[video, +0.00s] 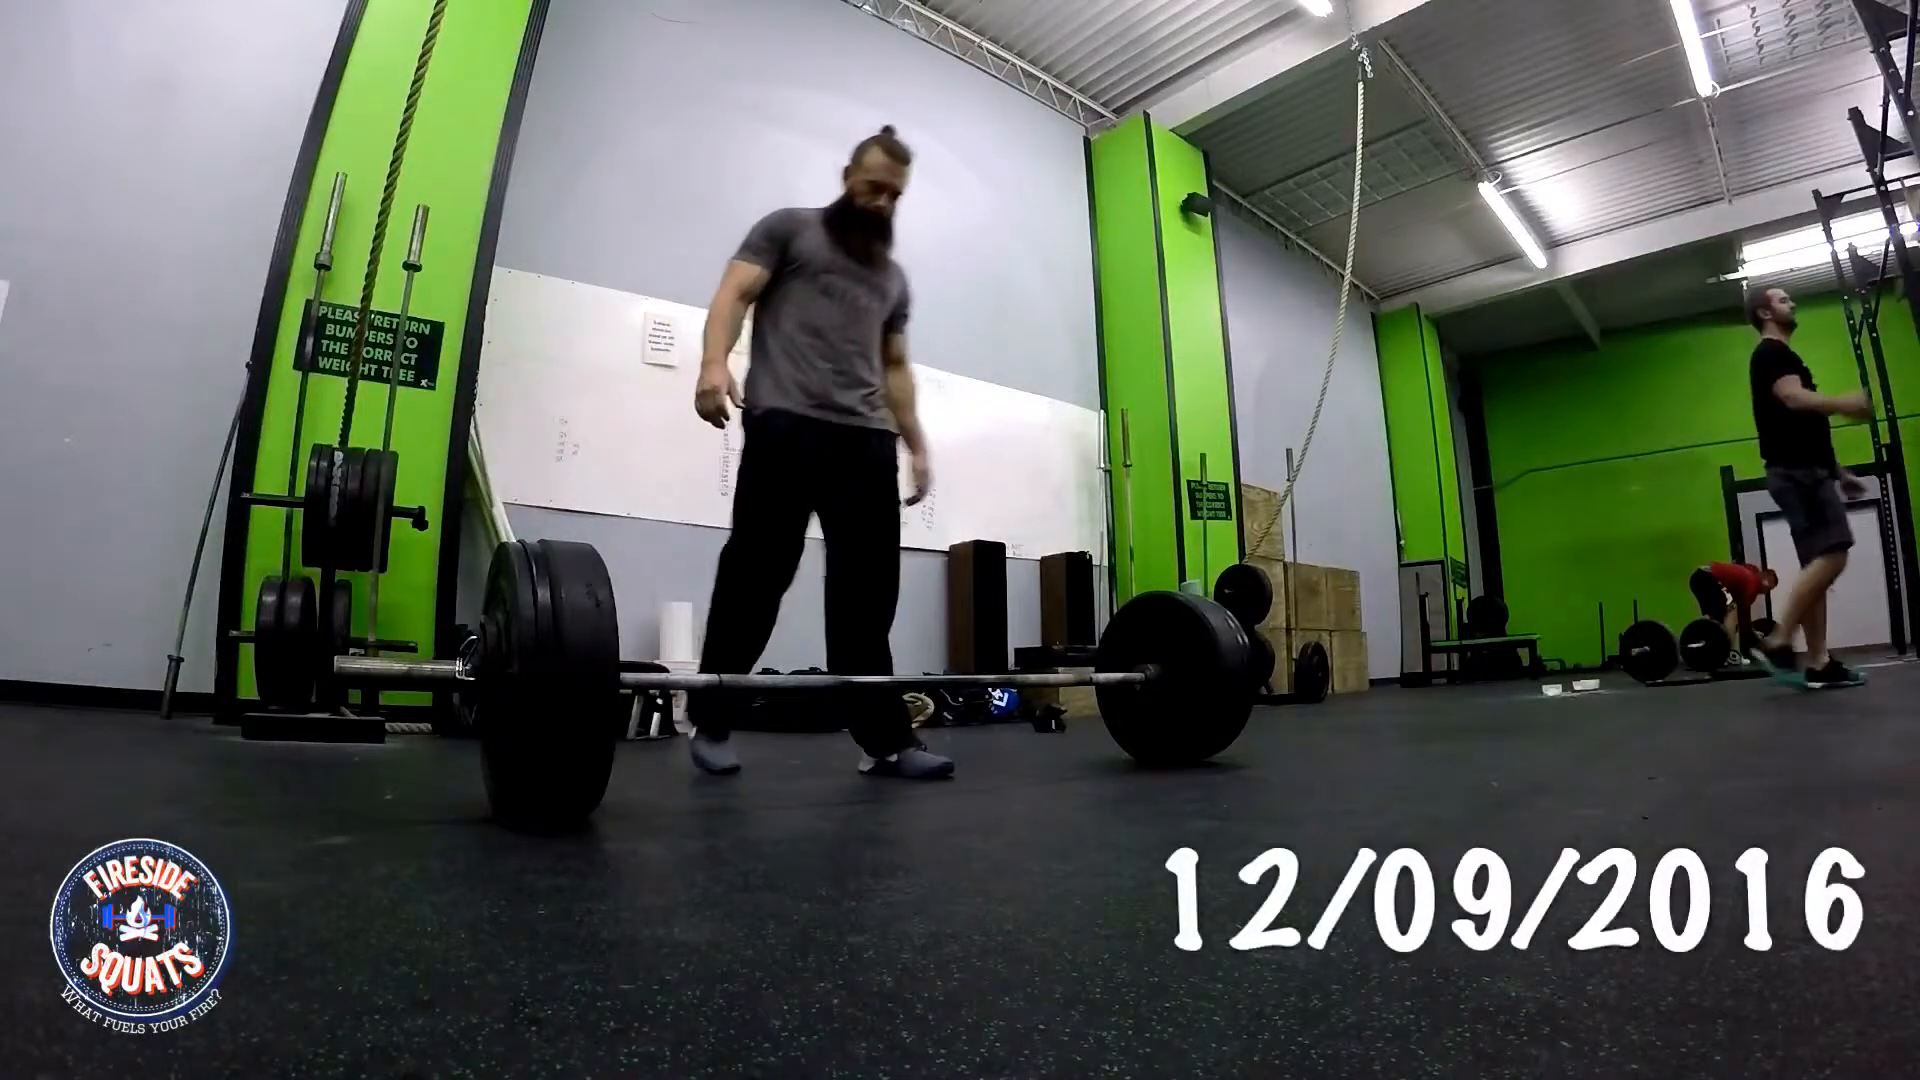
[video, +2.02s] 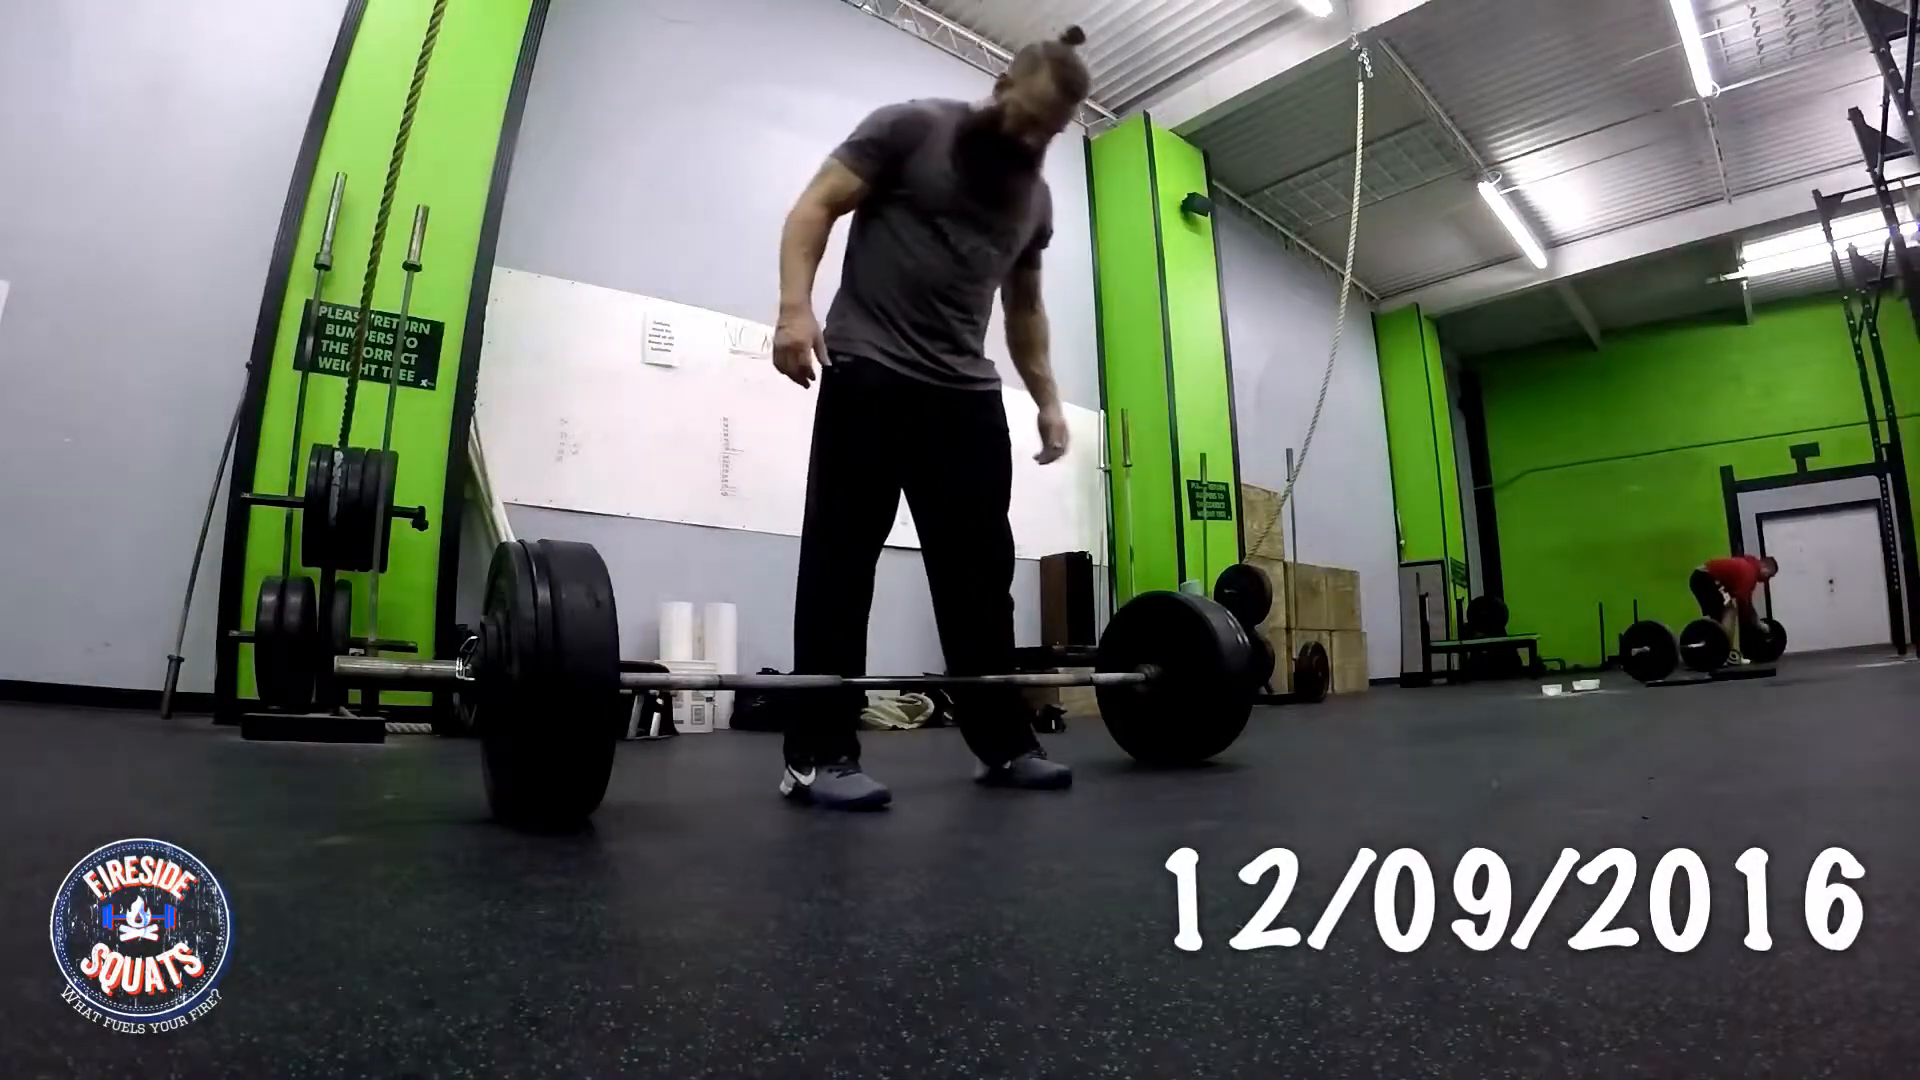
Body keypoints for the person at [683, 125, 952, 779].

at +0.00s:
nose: (880, 199)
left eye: (892, 191)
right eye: (871, 185)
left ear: (902, 196)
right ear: (847, 178)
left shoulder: (892, 278)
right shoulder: (790, 228)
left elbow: (895, 365)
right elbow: (733, 294)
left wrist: (916, 442)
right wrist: (714, 364)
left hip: (864, 442)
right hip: (783, 427)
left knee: (868, 591)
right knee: (754, 574)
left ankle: (883, 741)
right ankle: (711, 724)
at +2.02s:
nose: (1032, 136)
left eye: (1048, 128)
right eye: (1028, 115)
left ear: (1062, 124)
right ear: (1002, 82)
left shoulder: (1033, 201)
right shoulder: (911, 129)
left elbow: (1024, 306)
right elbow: (811, 211)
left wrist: (1048, 399)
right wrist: (795, 312)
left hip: (964, 397)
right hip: (867, 378)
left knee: (978, 572)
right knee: (840, 567)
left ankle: (1004, 748)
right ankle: (817, 758)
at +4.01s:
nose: (990, 45)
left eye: (996, 37)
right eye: (972, 31)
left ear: (999, 63)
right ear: (928, 53)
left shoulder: (1011, 172)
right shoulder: (887, 121)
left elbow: (1027, 281)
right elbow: (824, 201)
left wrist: (1069, 360)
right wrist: (808, 279)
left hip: (981, 389)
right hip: (880, 372)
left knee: (988, 570)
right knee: (849, 563)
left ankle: (1003, 747)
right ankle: (822, 756)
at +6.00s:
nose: (1078, 225)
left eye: (1089, 213)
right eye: (1075, 206)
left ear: (1092, 203)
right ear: (1040, 172)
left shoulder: (1050, 278)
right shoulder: (933, 202)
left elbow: (1054, 385)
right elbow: (835, 309)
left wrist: (1057, 482)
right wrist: (898, 409)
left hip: (928, 410)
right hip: (843, 388)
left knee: (993, 553)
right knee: (832, 558)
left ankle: (1006, 745)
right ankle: (818, 759)